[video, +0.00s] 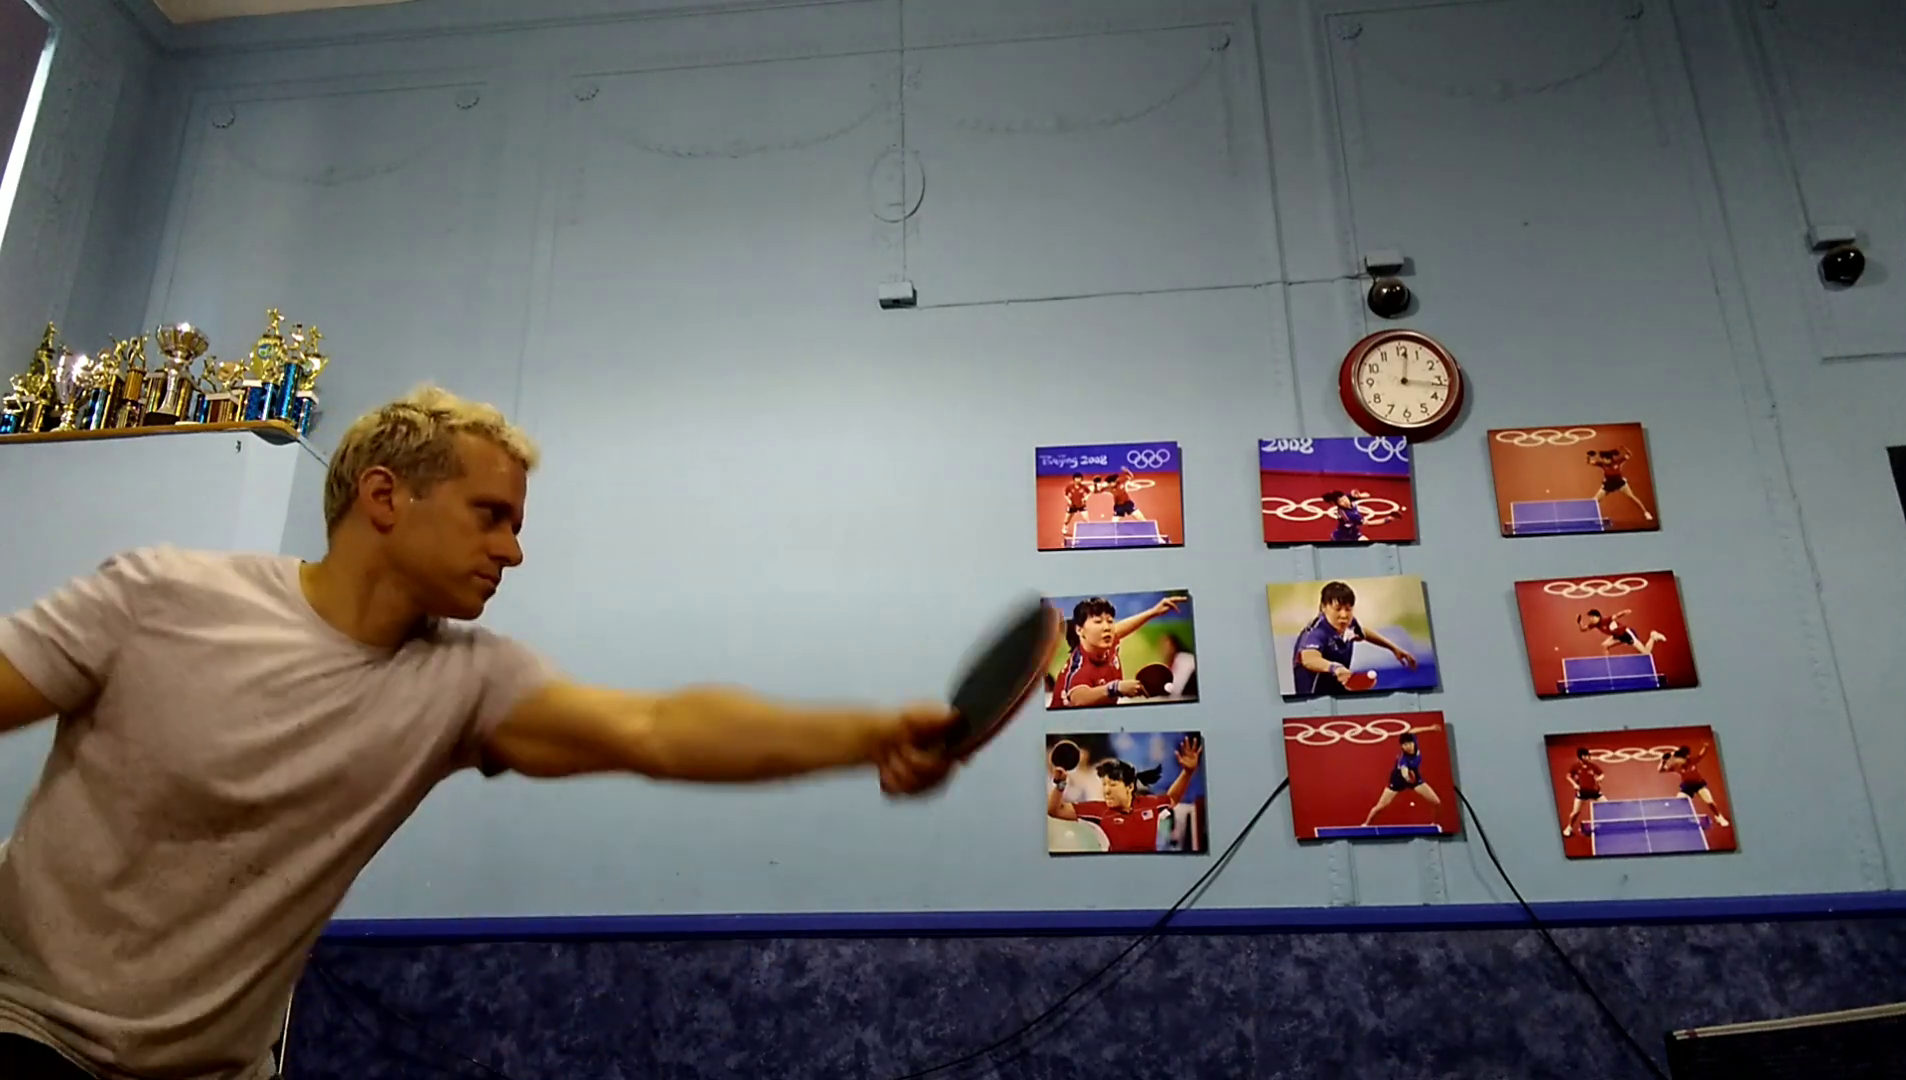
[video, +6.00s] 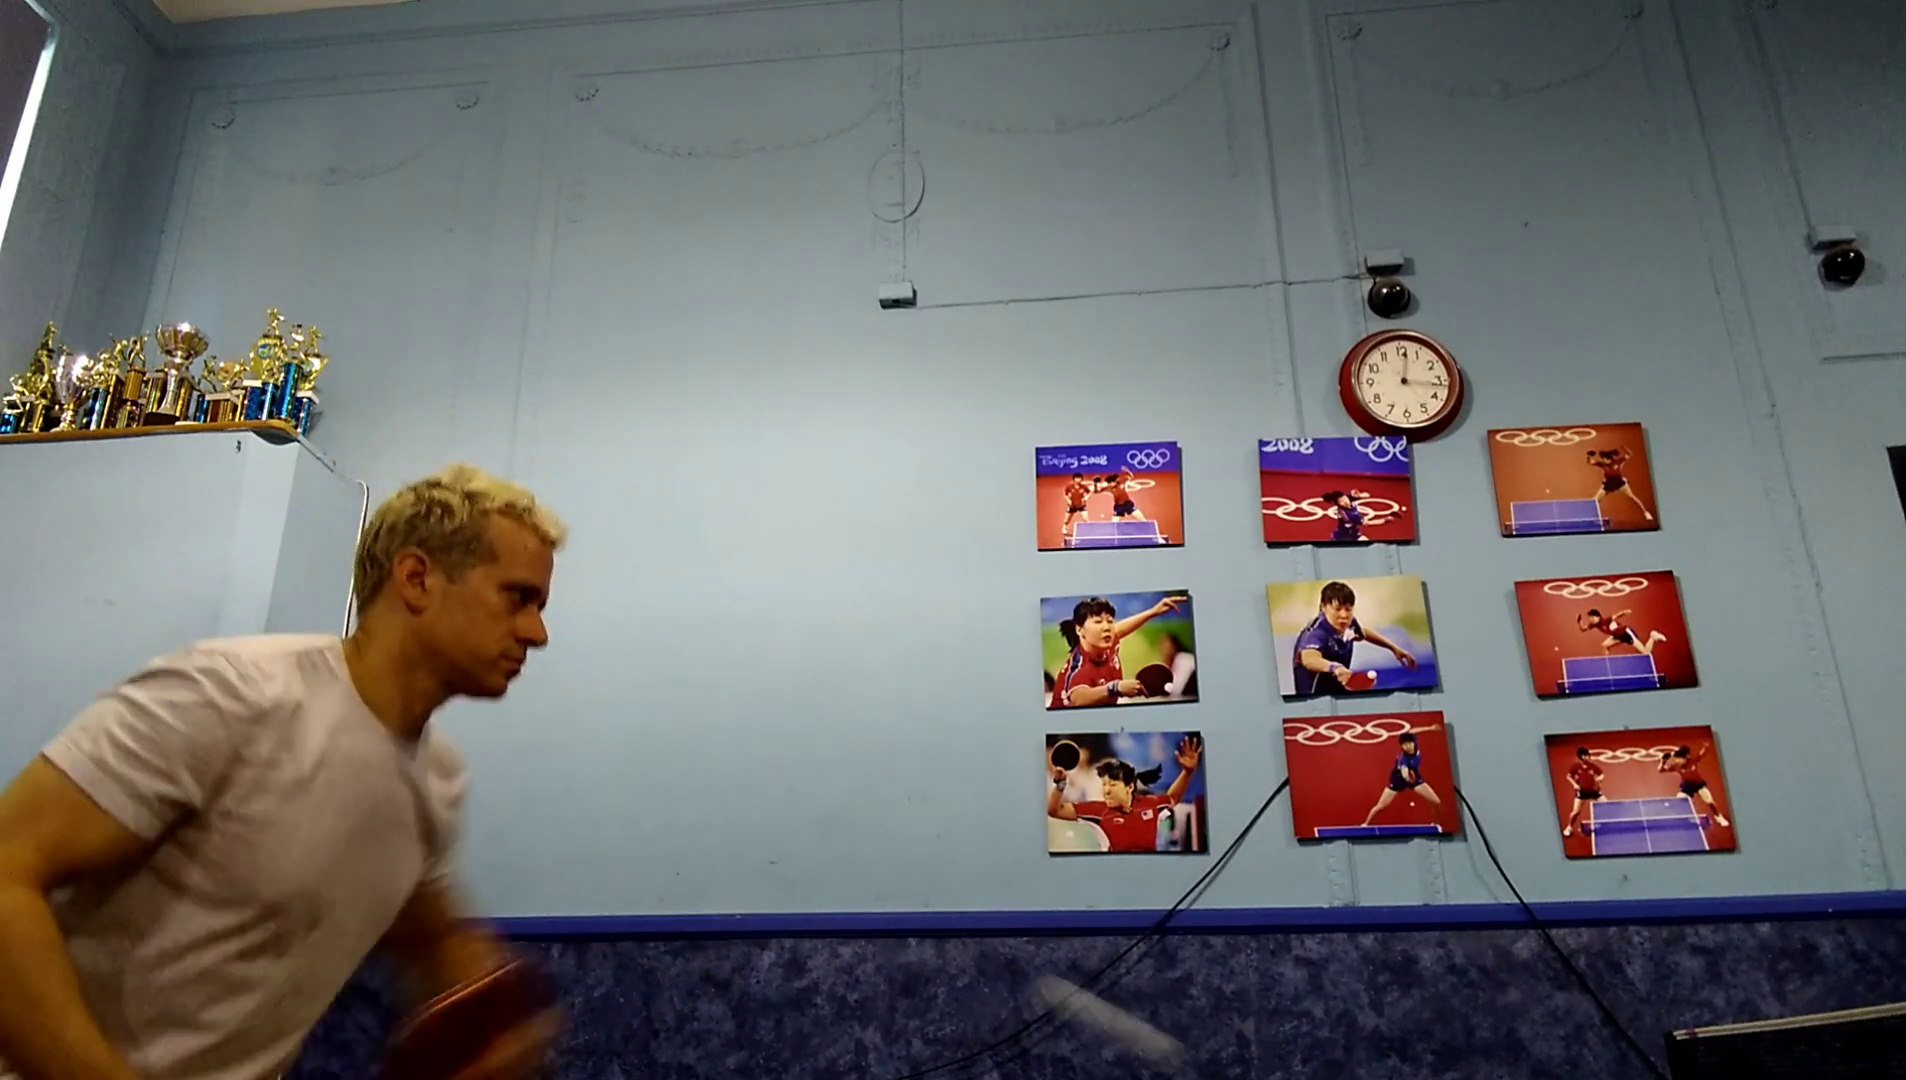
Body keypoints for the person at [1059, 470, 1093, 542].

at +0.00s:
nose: (1078, 481)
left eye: (1079, 479)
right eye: (1076, 479)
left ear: (1081, 480)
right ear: (1074, 480)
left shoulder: (1083, 487)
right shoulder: (1070, 487)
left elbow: (1089, 492)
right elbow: (1065, 494)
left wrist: (1085, 498)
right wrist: (1068, 501)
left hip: (1081, 506)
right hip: (1072, 505)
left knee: (1086, 519)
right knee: (1066, 520)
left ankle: (1090, 530)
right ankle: (1064, 529)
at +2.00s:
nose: (1078, 480)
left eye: (1079, 479)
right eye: (1077, 479)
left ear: (1081, 479)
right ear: (1074, 479)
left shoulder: (1083, 487)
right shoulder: (1070, 487)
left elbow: (1090, 492)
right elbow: (1065, 494)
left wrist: (1085, 498)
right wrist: (1069, 501)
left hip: (1081, 505)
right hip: (1073, 505)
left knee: (1086, 519)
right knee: (1066, 520)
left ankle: (1090, 531)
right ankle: (1064, 529)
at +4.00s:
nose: (1078, 480)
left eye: (1079, 479)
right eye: (1077, 479)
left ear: (1081, 479)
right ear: (1074, 479)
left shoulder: (1083, 487)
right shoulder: (1070, 487)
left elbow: (1089, 492)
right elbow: (1065, 494)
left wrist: (1085, 498)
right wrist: (1068, 500)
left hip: (1081, 505)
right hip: (1072, 505)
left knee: (1086, 519)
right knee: (1067, 520)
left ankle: (1089, 530)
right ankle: (1064, 528)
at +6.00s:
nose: (1078, 481)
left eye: (1079, 479)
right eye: (1077, 479)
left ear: (1081, 480)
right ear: (1074, 479)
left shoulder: (1083, 487)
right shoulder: (1070, 487)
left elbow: (1089, 492)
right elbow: (1065, 494)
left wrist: (1085, 498)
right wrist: (1068, 501)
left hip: (1081, 505)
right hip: (1072, 505)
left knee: (1086, 519)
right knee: (1066, 520)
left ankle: (1089, 530)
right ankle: (1064, 528)